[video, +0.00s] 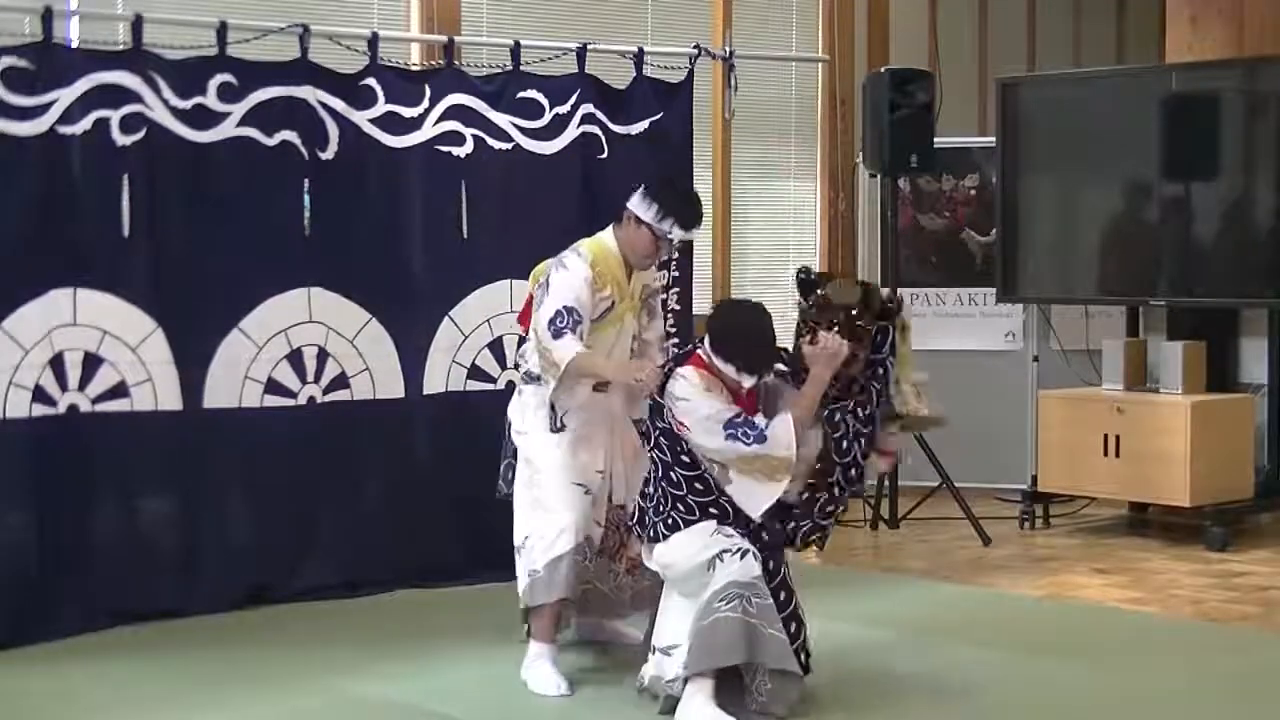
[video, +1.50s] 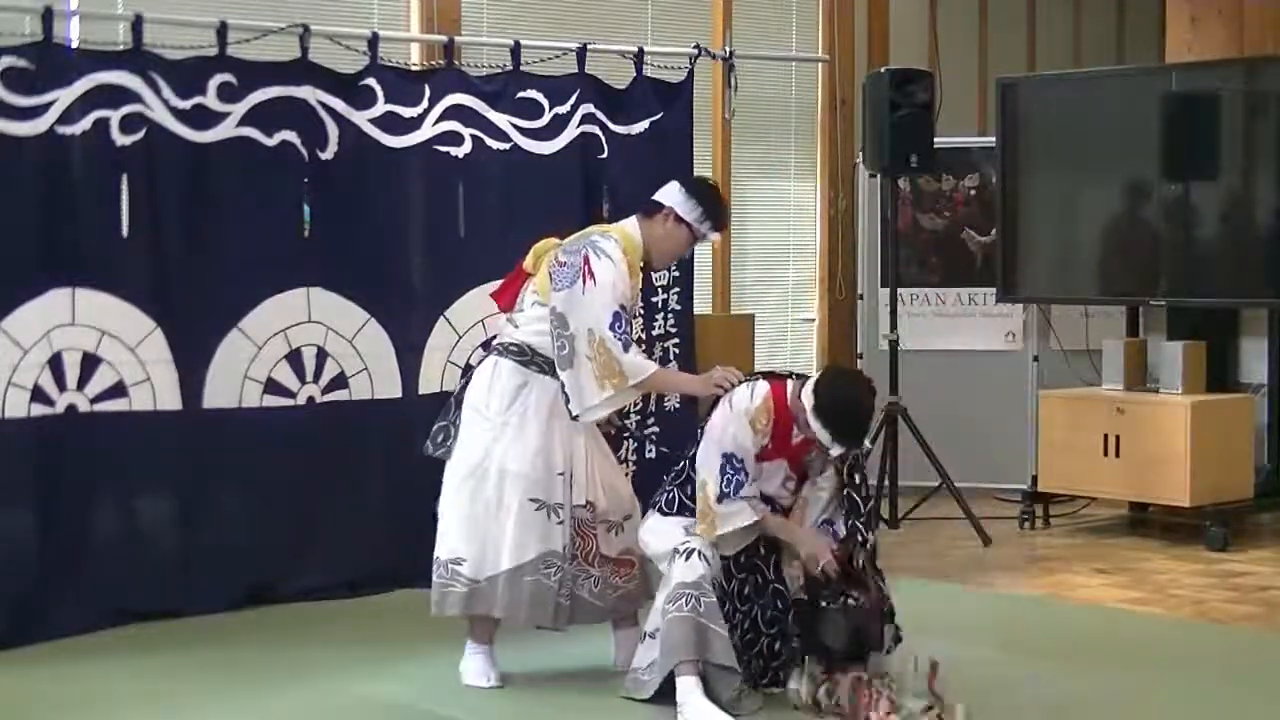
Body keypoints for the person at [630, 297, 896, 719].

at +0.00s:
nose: (746, 380)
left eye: (753, 372)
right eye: (739, 370)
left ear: (764, 355)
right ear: (714, 353)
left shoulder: (757, 377)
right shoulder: (687, 387)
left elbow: (792, 428)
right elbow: (765, 441)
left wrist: (822, 372)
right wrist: (818, 376)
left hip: (725, 516)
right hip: (679, 518)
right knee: (737, 564)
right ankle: (698, 694)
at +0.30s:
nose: (776, 382)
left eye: (782, 373)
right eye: (770, 372)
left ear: (782, 361)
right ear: (744, 356)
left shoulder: (762, 379)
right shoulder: (709, 390)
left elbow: (798, 434)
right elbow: (747, 444)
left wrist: (819, 369)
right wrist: (808, 401)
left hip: (740, 517)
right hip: (693, 519)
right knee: (743, 563)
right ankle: (698, 693)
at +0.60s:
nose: (788, 388)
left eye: (795, 379)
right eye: (781, 378)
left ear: (807, 363)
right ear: (758, 359)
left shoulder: (797, 379)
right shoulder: (722, 391)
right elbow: (778, 471)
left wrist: (847, 412)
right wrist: (841, 428)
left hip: (741, 511)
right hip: (691, 512)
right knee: (736, 565)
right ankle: (698, 695)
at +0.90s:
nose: (790, 405)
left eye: (800, 400)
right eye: (783, 396)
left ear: (814, 379)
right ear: (763, 371)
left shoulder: (797, 382)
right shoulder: (720, 394)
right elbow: (783, 466)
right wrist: (840, 412)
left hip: (748, 513)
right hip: (692, 513)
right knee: (729, 566)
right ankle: (697, 692)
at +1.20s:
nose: (816, 436)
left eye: (825, 428)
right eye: (808, 427)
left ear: (839, 402)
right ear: (784, 400)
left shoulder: (829, 411)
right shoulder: (731, 411)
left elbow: (837, 475)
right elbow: (736, 510)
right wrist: (811, 514)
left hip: (792, 533)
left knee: (882, 555)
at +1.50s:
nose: (826, 449)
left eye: (836, 446)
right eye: (822, 436)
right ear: (806, 403)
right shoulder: (748, 404)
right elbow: (729, 503)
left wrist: (809, 543)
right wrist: (797, 535)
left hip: (756, 526)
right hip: (681, 518)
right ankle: (688, 693)